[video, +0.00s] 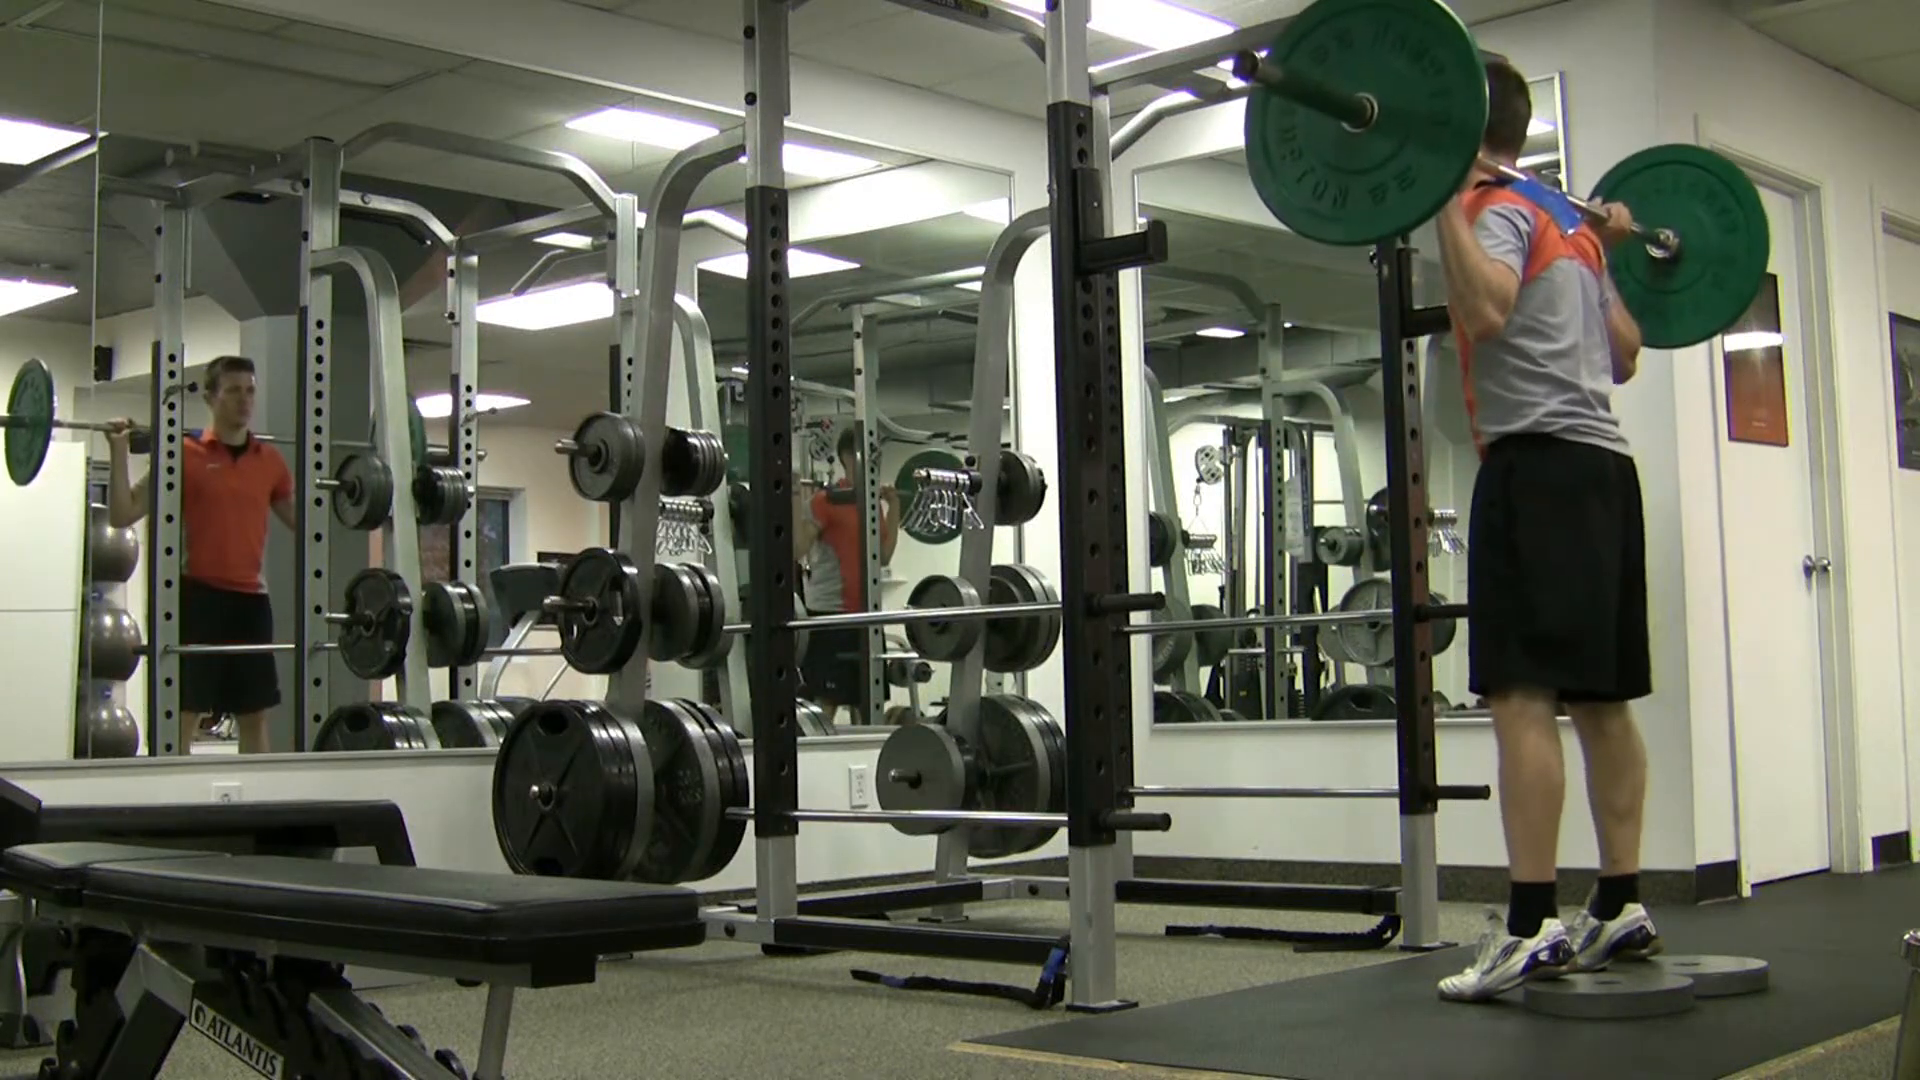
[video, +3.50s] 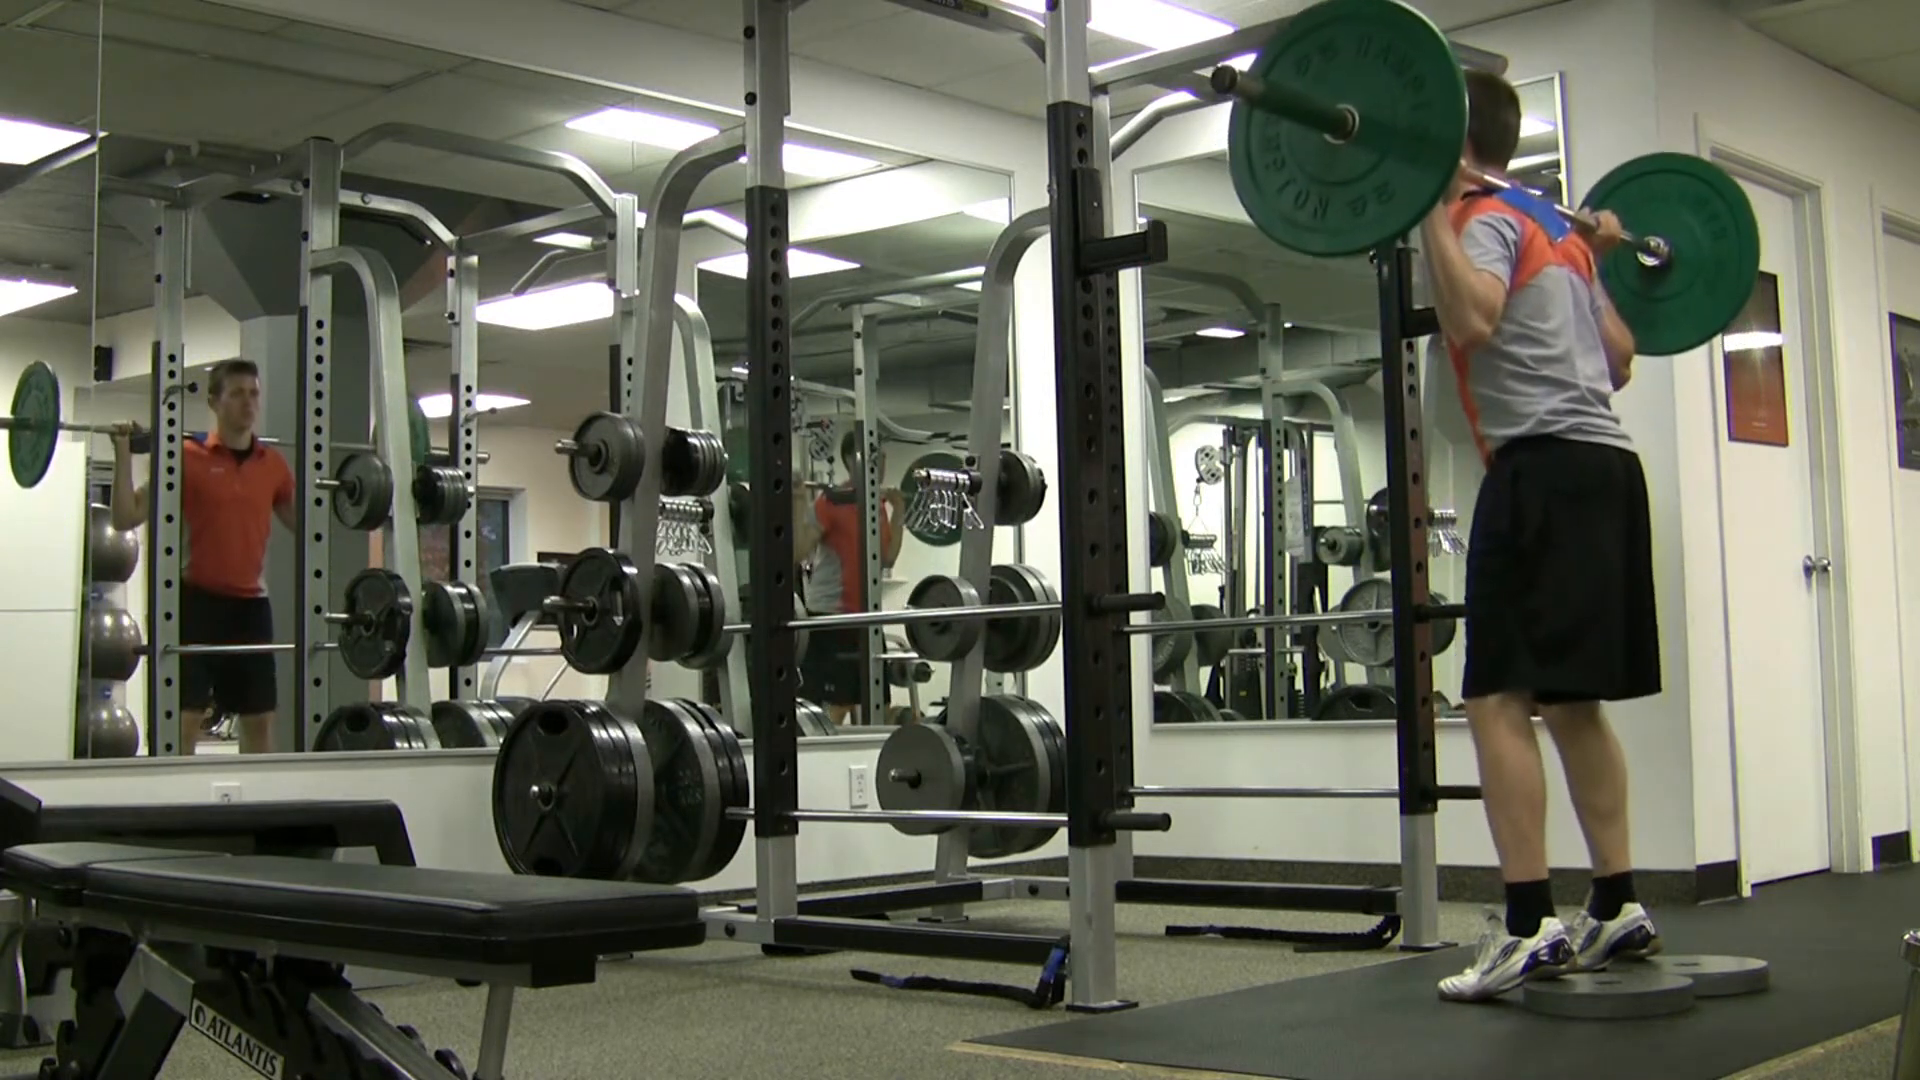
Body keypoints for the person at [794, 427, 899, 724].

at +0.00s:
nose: (866, 464)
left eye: (870, 455)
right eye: (859, 455)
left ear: (874, 458)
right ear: (844, 457)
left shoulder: (870, 503)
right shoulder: (824, 502)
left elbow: (884, 556)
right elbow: (797, 551)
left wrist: (894, 508)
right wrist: (794, 500)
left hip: (866, 610)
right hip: (831, 611)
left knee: (867, 702)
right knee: (827, 699)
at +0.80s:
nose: (875, 494)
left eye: (879, 487)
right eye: (867, 487)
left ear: (882, 490)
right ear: (850, 491)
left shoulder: (875, 536)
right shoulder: (831, 534)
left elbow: (887, 587)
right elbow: (802, 583)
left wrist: (896, 539)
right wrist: (800, 538)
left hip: (869, 641)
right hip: (833, 642)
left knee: (902, 718)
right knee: (849, 721)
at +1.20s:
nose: (880, 536)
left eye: (883, 529)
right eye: (871, 529)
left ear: (887, 533)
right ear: (852, 535)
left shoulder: (879, 576)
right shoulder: (833, 574)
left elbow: (886, 626)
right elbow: (811, 613)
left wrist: (900, 578)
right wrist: (801, 577)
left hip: (868, 674)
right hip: (830, 675)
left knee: (912, 720)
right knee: (858, 723)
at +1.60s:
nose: (885, 572)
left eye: (888, 565)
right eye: (878, 564)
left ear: (891, 568)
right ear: (855, 569)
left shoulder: (887, 609)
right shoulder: (833, 608)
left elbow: (895, 666)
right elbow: (811, 653)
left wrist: (900, 616)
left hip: (872, 695)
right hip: (838, 697)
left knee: (918, 723)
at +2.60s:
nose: (886, 537)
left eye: (887, 531)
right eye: (878, 530)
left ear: (889, 533)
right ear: (855, 535)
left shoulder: (881, 575)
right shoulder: (831, 575)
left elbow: (888, 624)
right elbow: (808, 621)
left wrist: (904, 580)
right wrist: (801, 578)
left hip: (866, 672)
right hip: (827, 672)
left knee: (910, 718)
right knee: (857, 720)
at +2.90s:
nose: (881, 506)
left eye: (884, 499)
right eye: (873, 499)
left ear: (886, 502)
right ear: (855, 503)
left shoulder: (877, 545)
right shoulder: (832, 541)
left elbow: (888, 593)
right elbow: (802, 586)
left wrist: (901, 546)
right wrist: (799, 542)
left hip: (867, 650)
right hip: (834, 650)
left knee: (906, 719)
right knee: (854, 721)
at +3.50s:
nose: (874, 465)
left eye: (877, 457)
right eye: (865, 457)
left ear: (882, 460)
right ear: (849, 459)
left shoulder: (875, 505)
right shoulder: (830, 502)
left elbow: (888, 557)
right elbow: (799, 554)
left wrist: (898, 512)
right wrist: (798, 503)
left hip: (865, 613)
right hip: (833, 614)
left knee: (868, 704)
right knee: (838, 703)